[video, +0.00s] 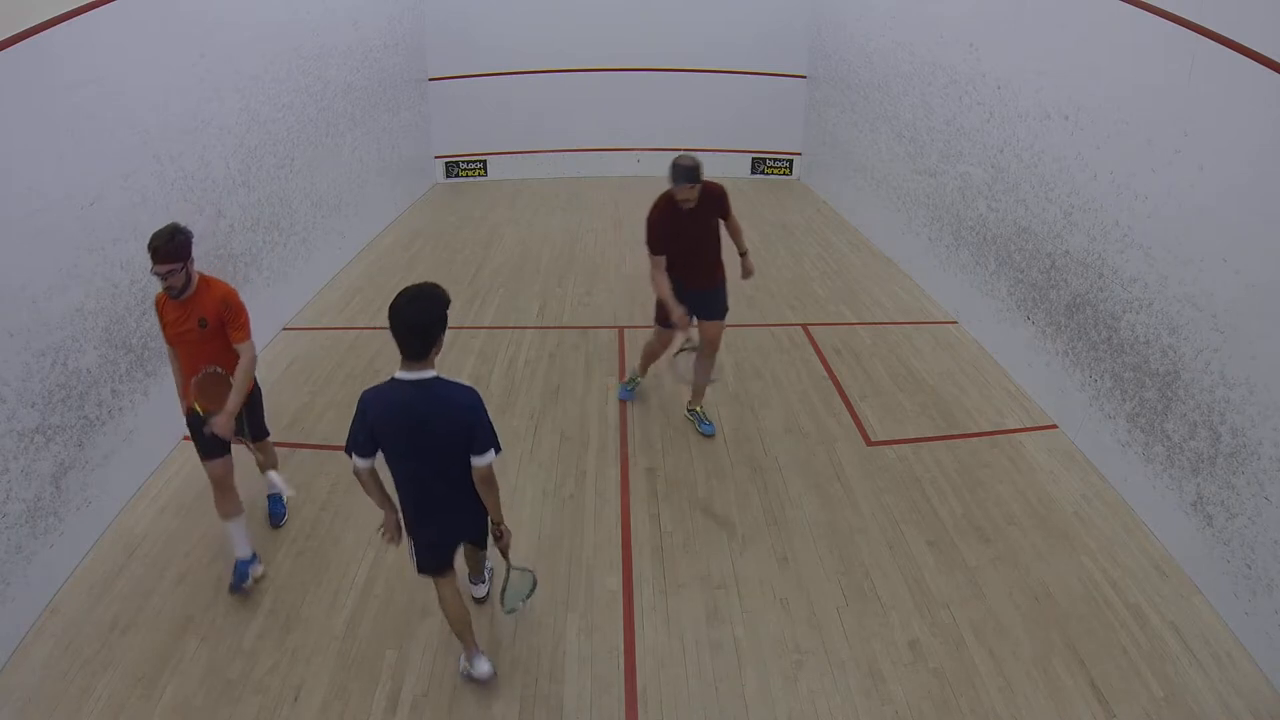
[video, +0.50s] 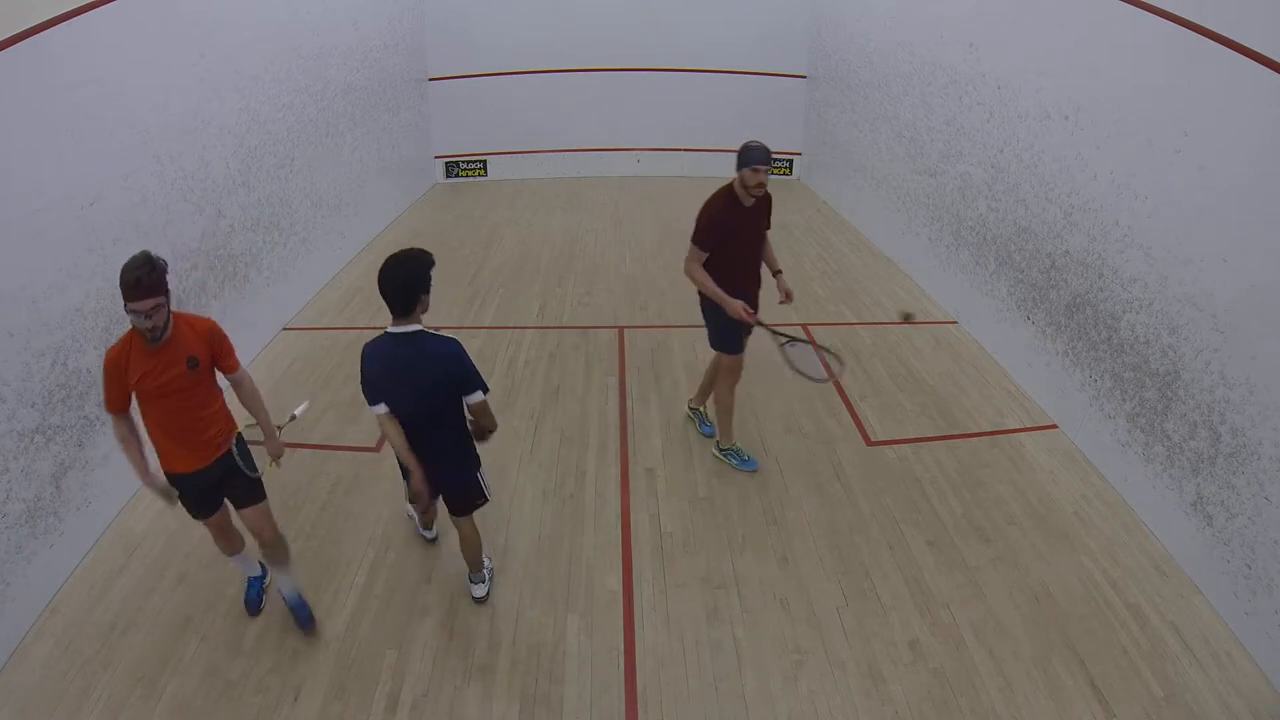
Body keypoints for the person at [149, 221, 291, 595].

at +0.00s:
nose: (166, 283)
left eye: (171, 274)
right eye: (159, 276)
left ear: (190, 263)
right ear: (155, 270)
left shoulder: (222, 296)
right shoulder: (163, 305)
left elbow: (248, 356)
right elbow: (174, 355)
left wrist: (229, 412)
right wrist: (184, 399)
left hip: (238, 391)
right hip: (199, 401)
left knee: (259, 444)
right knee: (219, 478)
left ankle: (275, 488)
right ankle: (245, 555)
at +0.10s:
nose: (157, 294)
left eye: (163, 285)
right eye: (151, 287)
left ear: (181, 274)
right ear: (146, 282)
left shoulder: (216, 307)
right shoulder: (154, 320)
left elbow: (245, 367)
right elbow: (169, 369)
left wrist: (244, 425)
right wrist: (183, 414)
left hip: (236, 405)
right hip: (195, 418)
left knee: (255, 455)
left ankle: (273, 491)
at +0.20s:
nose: (149, 301)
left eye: (154, 291)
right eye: (141, 294)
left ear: (173, 280)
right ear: (134, 290)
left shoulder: (209, 314)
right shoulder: (143, 331)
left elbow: (241, 372)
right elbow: (160, 383)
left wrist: (257, 427)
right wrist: (177, 426)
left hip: (230, 421)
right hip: (189, 434)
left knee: (254, 474)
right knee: (218, 507)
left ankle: (272, 494)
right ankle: (254, 571)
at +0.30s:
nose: (143, 306)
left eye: (149, 295)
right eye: (134, 299)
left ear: (167, 284)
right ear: (126, 295)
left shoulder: (205, 320)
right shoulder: (131, 341)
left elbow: (244, 373)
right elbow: (147, 396)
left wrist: (265, 426)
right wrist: (166, 444)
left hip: (226, 434)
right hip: (184, 448)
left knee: (250, 498)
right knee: (217, 516)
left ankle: (270, 507)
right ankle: (254, 571)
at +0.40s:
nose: (143, 313)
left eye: (151, 302)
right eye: (133, 305)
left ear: (166, 289)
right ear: (124, 300)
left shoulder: (203, 324)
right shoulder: (122, 350)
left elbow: (243, 374)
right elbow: (132, 405)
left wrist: (269, 427)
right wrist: (155, 458)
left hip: (225, 440)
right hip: (181, 457)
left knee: (261, 519)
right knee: (218, 523)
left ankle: (275, 547)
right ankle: (253, 572)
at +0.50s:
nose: (148, 322)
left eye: (155, 310)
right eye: (137, 314)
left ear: (168, 296)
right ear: (125, 308)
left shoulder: (202, 332)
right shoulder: (119, 360)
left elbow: (240, 380)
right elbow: (120, 418)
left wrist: (269, 432)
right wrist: (146, 477)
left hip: (227, 450)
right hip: (183, 469)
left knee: (265, 533)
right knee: (220, 529)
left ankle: (289, 589)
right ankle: (253, 572)